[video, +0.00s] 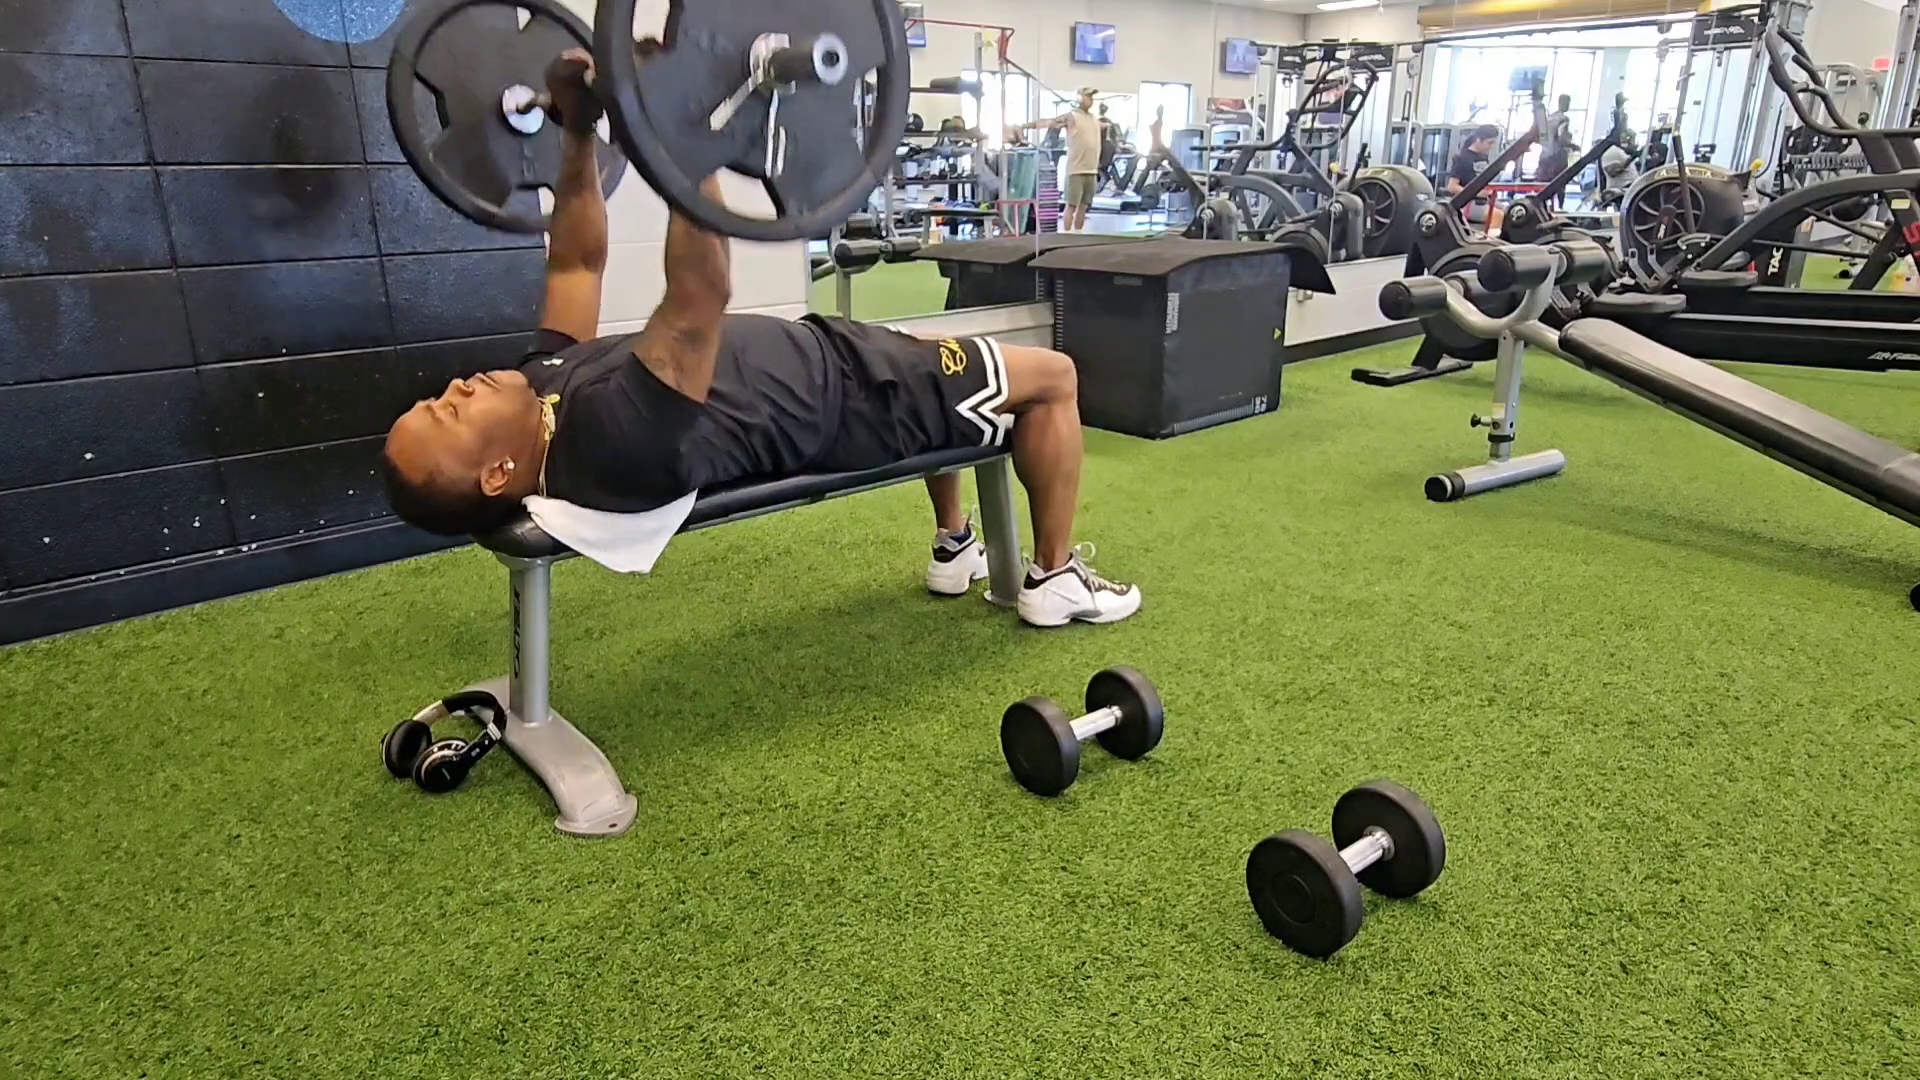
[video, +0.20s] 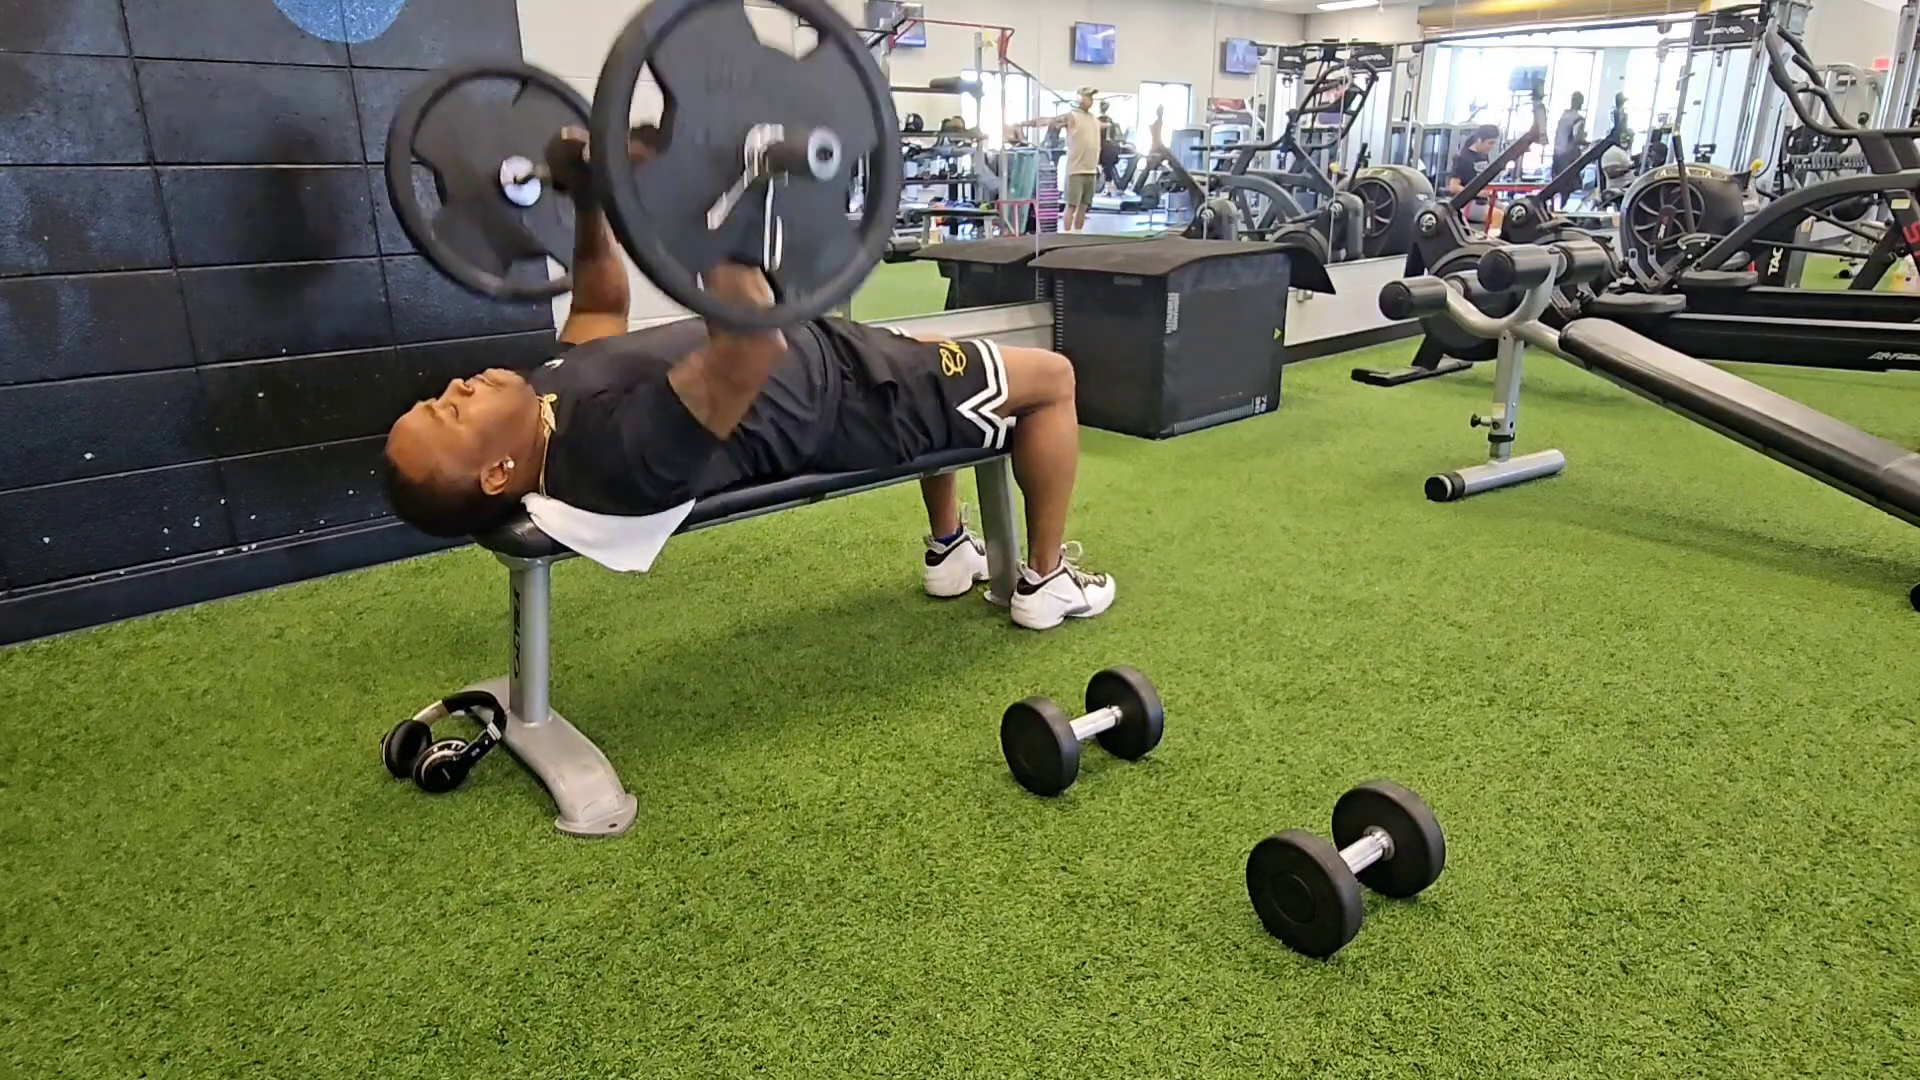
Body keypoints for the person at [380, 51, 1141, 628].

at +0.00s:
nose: (469, 376)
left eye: (443, 389)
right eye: (460, 401)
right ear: (503, 466)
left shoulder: (544, 384)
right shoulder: (615, 444)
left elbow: (573, 261)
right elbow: (698, 294)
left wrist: (574, 133)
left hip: (801, 348)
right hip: (848, 391)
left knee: (936, 354)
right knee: (1051, 374)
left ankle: (955, 544)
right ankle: (1055, 578)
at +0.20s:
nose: (462, 375)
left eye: (440, 390)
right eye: (451, 406)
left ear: (498, 466)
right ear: (501, 471)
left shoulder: (538, 403)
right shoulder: (615, 455)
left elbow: (599, 315)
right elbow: (743, 353)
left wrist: (590, 199)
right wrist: (721, 202)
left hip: (799, 352)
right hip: (846, 393)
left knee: (931, 341)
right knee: (1052, 377)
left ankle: (951, 543)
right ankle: (1048, 578)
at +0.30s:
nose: (479, 373)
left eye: (451, 385)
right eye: (465, 399)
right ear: (504, 470)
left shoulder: (553, 398)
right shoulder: (622, 458)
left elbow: (611, 331)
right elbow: (753, 397)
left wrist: (591, 248)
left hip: (798, 365)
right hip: (843, 407)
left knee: (933, 345)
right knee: (1054, 377)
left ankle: (957, 546)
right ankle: (1045, 577)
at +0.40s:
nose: (474, 372)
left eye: (450, 389)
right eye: (463, 399)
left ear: (503, 452)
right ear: (510, 464)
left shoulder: (552, 393)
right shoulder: (607, 459)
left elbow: (659, 334)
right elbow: (756, 463)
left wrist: (615, 286)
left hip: (785, 377)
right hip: (838, 423)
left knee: (942, 342)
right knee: (1060, 378)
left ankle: (965, 546)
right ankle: (1042, 571)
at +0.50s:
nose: (473, 371)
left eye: (448, 385)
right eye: (459, 402)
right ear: (506, 473)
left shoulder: (536, 394)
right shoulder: (619, 469)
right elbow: (757, 491)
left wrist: (603, 326)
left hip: (774, 372)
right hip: (840, 423)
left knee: (935, 341)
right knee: (1059, 380)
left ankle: (969, 544)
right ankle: (1040, 574)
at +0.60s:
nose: (480, 371)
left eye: (450, 386)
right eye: (465, 400)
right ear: (510, 474)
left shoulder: (540, 391)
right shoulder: (618, 469)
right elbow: (757, 481)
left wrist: (597, 330)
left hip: (775, 364)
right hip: (838, 421)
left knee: (930, 342)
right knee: (1063, 378)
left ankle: (971, 543)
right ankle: (1035, 575)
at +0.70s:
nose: (483, 374)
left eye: (463, 386)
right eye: (473, 401)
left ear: (515, 460)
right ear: (515, 465)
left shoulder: (563, 415)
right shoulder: (603, 462)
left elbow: (641, 374)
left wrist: (591, 321)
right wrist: (600, 329)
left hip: (790, 368)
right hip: (850, 411)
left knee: (927, 340)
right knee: (1065, 382)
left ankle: (970, 543)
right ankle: (1036, 575)